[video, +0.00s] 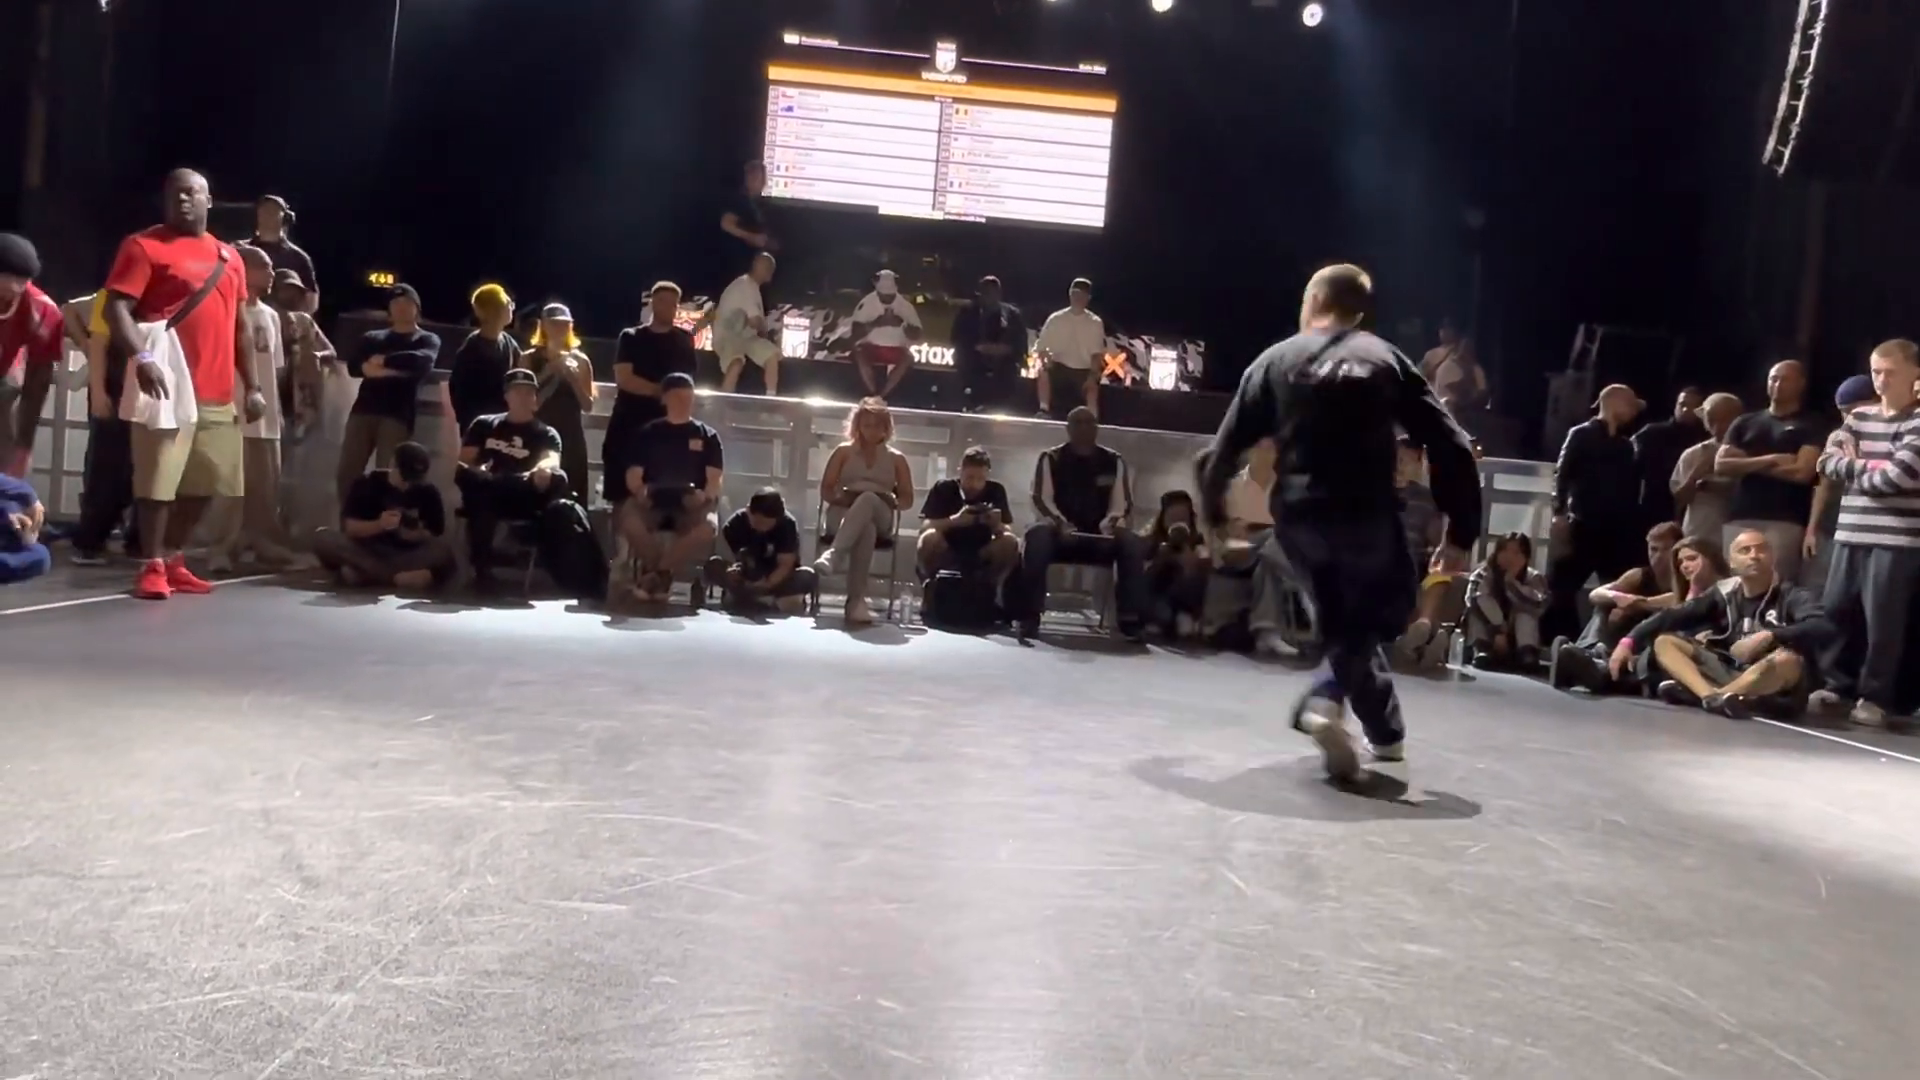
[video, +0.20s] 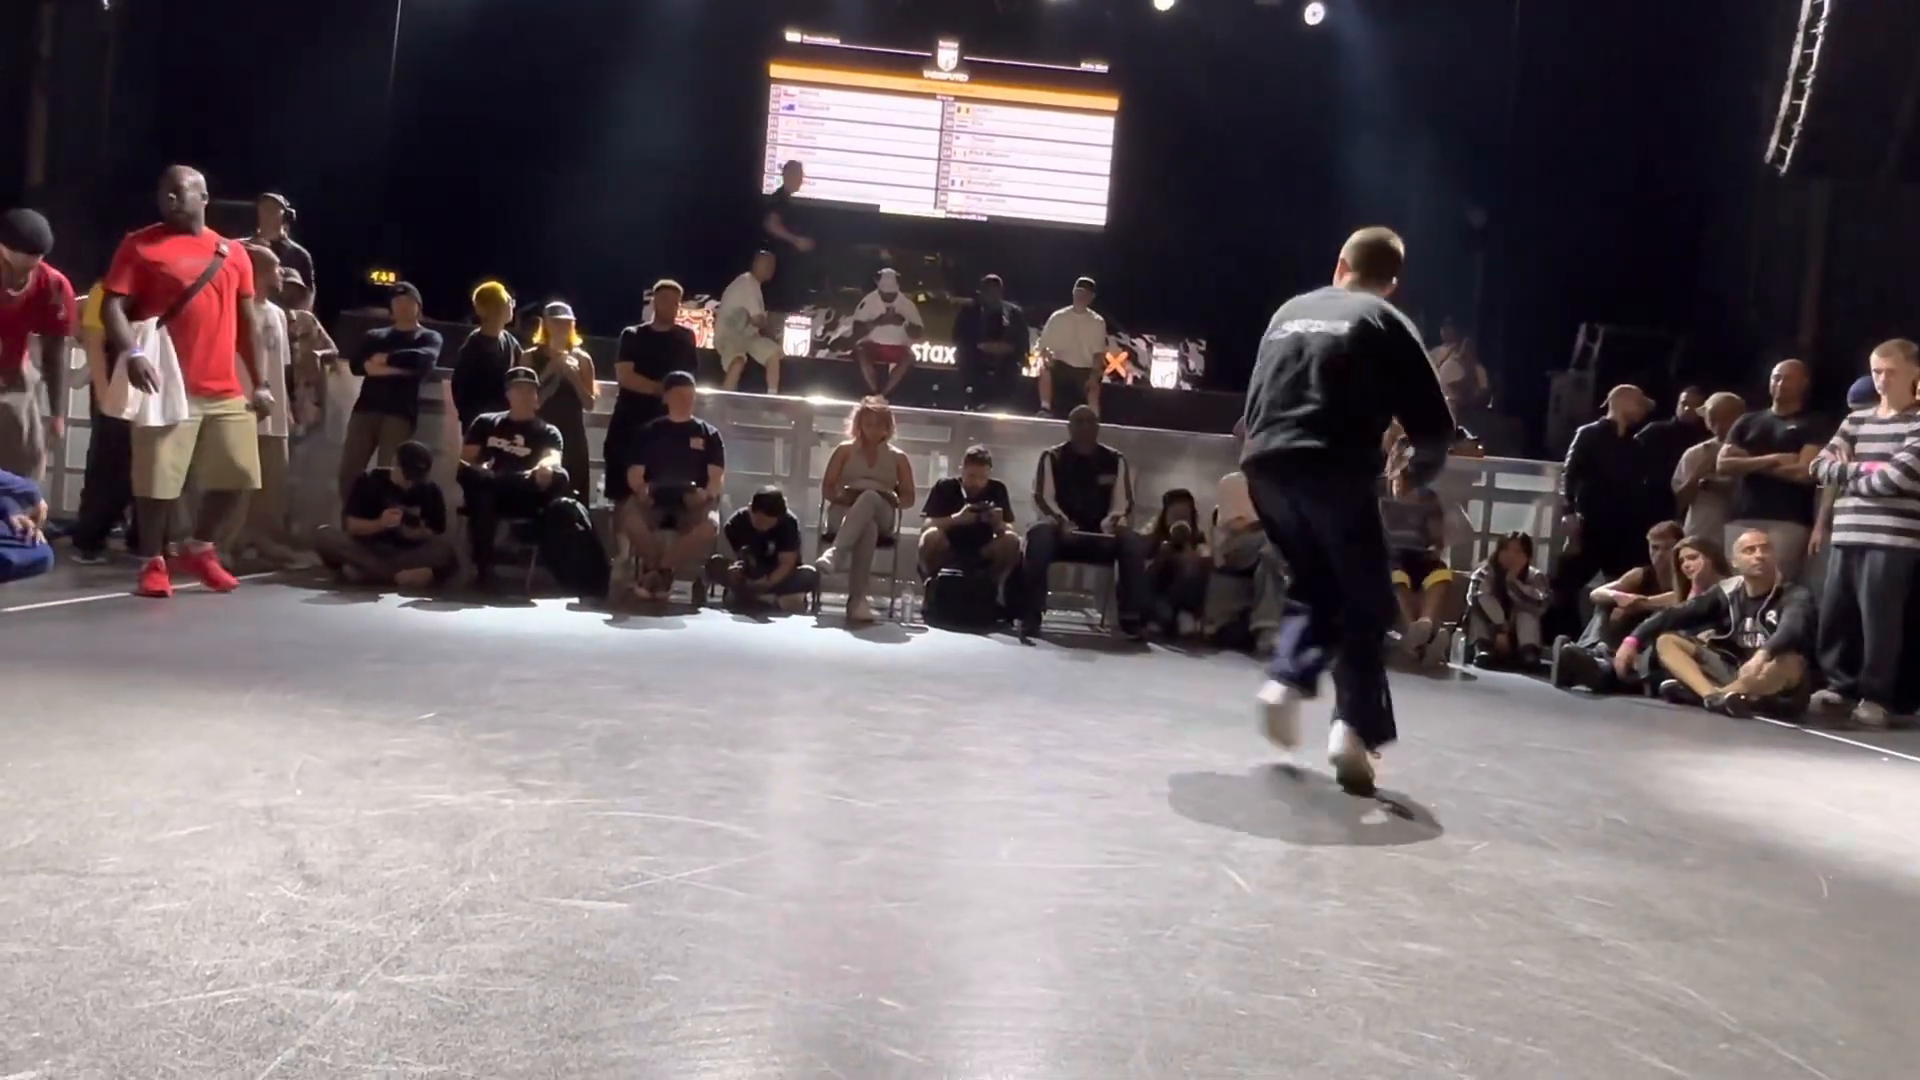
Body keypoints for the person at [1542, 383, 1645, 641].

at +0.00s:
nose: (1634, 409)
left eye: (1634, 404)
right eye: (1630, 403)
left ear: (1614, 406)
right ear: (1614, 404)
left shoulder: (1627, 445)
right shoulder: (1581, 435)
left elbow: (1632, 484)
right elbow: (1562, 473)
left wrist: (1631, 514)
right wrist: (1559, 510)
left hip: (1618, 522)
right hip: (1583, 521)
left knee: (1619, 586)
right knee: (1565, 583)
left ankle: (1618, 646)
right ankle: (1557, 637)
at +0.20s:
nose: (1643, 409)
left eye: (1643, 404)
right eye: (1639, 403)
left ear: (1621, 406)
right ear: (1623, 405)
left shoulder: (1635, 446)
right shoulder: (1589, 434)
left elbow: (1640, 484)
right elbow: (1569, 473)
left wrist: (1639, 513)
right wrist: (1570, 510)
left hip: (1623, 520)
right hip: (1591, 518)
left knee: (1625, 580)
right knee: (1573, 577)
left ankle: (1619, 640)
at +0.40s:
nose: (1654, 409)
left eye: (1653, 403)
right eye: (1649, 402)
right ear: (1632, 403)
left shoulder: (1654, 438)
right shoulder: (1599, 435)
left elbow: (1663, 479)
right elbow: (1580, 473)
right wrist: (1576, 510)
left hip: (1642, 522)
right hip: (1602, 522)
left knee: (1637, 587)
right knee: (1576, 581)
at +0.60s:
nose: (1661, 409)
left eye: (1661, 403)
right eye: (1656, 402)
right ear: (1639, 402)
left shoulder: (1664, 436)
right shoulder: (1606, 433)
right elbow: (1584, 474)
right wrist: (1579, 510)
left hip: (1649, 522)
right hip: (1609, 521)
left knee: (1645, 584)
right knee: (1583, 578)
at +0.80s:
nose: (1664, 407)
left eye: (1663, 402)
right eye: (1659, 400)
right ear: (1640, 403)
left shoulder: (1667, 437)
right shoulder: (1607, 433)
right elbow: (1584, 472)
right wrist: (1579, 510)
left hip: (1649, 523)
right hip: (1608, 521)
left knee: (1642, 583)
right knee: (1583, 578)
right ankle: (1564, 630)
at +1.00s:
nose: (1662, 407)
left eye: (1660, 403)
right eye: (1657, 402)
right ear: (1638, 405)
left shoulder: (1661, 435)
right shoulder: (1611, 431)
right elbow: (1591, 468)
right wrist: (1587, 504)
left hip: (1646, 517)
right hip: (1609, 516)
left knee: (1639, 577)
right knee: (1587, 572)